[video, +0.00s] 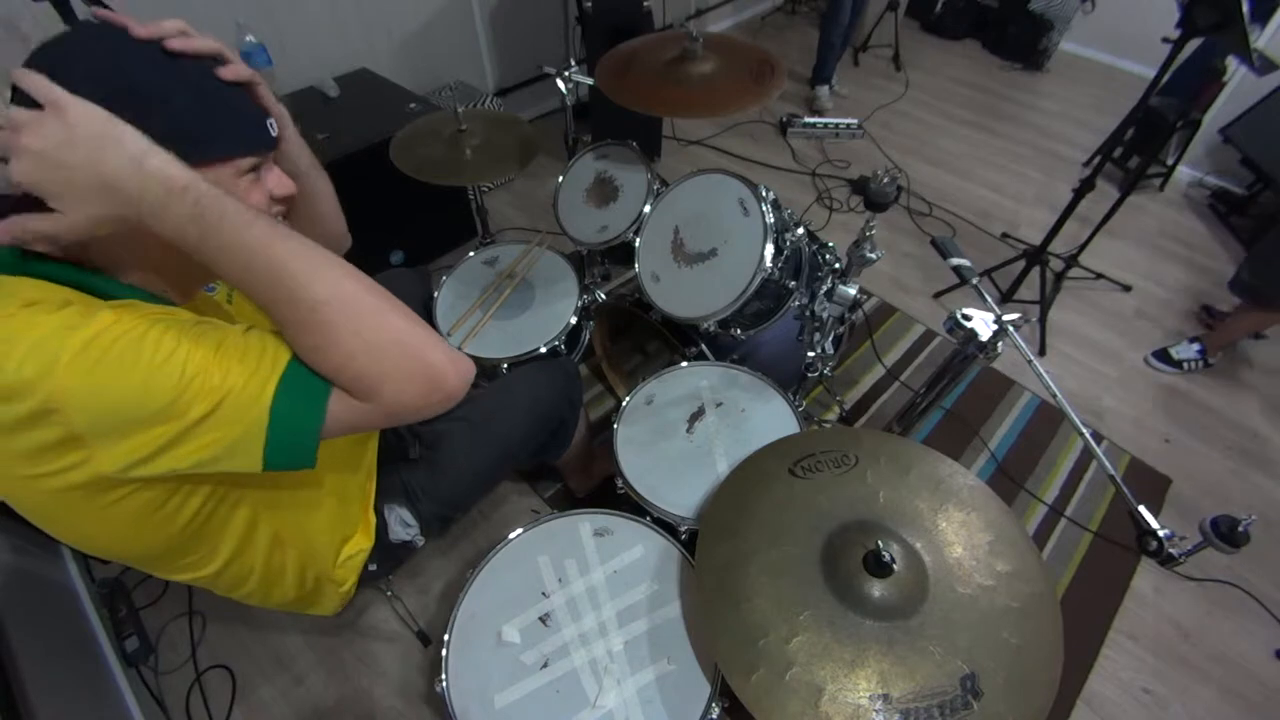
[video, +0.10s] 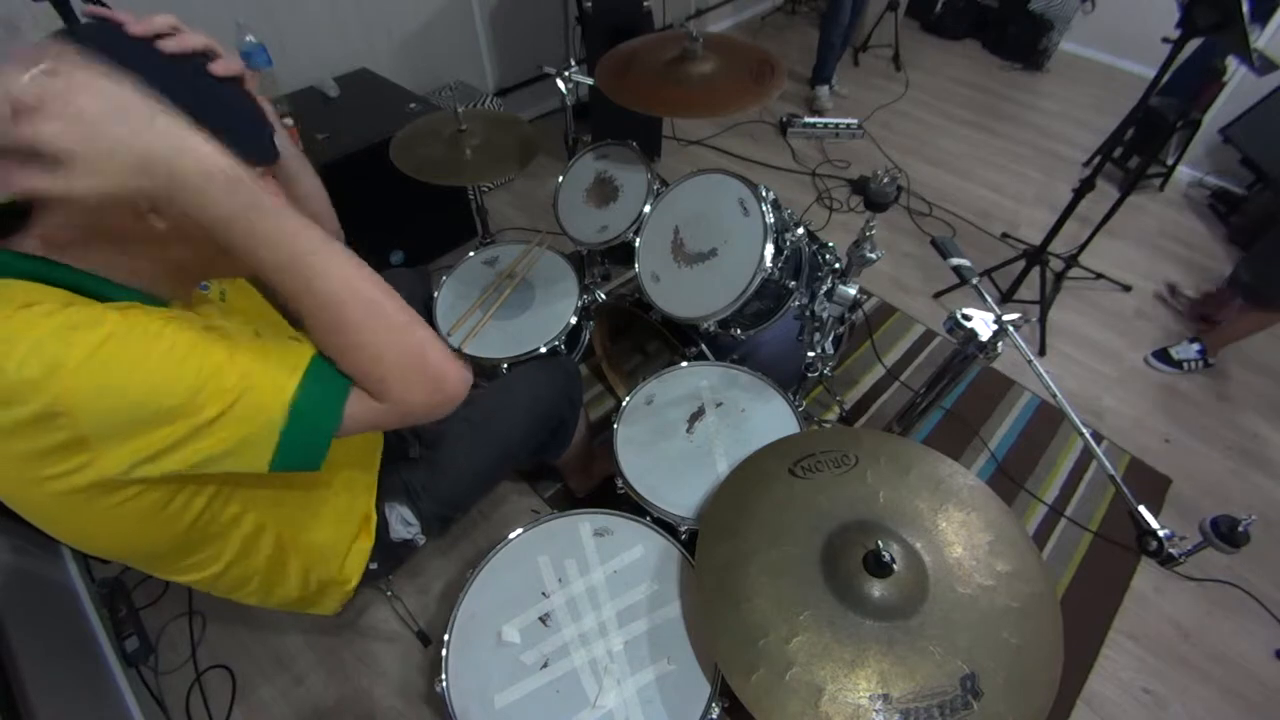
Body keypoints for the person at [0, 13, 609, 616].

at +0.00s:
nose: (283, 188)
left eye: (268, 160)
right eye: (245, 175)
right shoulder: (72, 368)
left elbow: (323, 246)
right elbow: (431, 379)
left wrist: (263, 108)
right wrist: (155, 191)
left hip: (265, 355)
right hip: (339, 503)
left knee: (486, 277)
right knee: (552, 378)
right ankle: (572, 470)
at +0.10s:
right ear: (28, 180)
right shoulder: (51, 371)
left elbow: (320, 249)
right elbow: (429, 385)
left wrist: (253, 118)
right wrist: (187, 174)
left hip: (285, 343)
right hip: (340, 499)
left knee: (496, 274)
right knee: (551, 375)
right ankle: (574, 471)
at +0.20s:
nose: (256, 204)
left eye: (243, 179)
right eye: (231, 185)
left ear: (140, 195)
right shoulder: (92, 383)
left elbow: (288, 257)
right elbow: (416, 422)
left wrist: (272, 134)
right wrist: (272, 156)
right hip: (348, 507)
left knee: (473, 273)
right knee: (552, 377)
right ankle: (577, 469)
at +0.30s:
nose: (250, 196)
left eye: (248, 177)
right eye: (236, 176)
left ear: (137, 190)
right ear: (142, 189)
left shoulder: (78, 251)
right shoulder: (112, 392)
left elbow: (262, 297)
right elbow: (388, 461)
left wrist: (277, 183)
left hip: (279, 393)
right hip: (349, 516)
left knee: (426, 292)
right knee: (554, 375)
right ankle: (567, 472)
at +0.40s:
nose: (232, 172)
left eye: (223, 151)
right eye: (214, 154)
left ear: (128, 182)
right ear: (132, 180)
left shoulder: (73, 263)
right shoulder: (134, 390)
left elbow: (221, 321)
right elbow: (363, 463)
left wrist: (332, 241)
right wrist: (453, 302)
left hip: (271, 399)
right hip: (350, 523)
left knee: (420, 283)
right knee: (555, 376)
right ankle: (574, 471)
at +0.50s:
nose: (205, 146)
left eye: (194, 123)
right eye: (190, 128)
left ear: (119, 171)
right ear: (127, 168)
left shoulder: (40, 274)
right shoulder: (162, 369)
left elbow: (210, 338)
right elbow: (354, 446)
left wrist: (356, 296)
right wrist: (451, 337)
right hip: (337, 526)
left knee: (421, 305)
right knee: (559, 377)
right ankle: (573, 476)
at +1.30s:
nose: (182, 98)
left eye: (167, 76)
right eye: (161, 77)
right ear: (113, 109)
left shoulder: (24, 253)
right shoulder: (166, 331)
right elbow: (350, 496)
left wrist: (285, 302)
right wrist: (487, 370)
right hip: (346, 525)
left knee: (405, 284)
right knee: (555, 365)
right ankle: (569, 469)